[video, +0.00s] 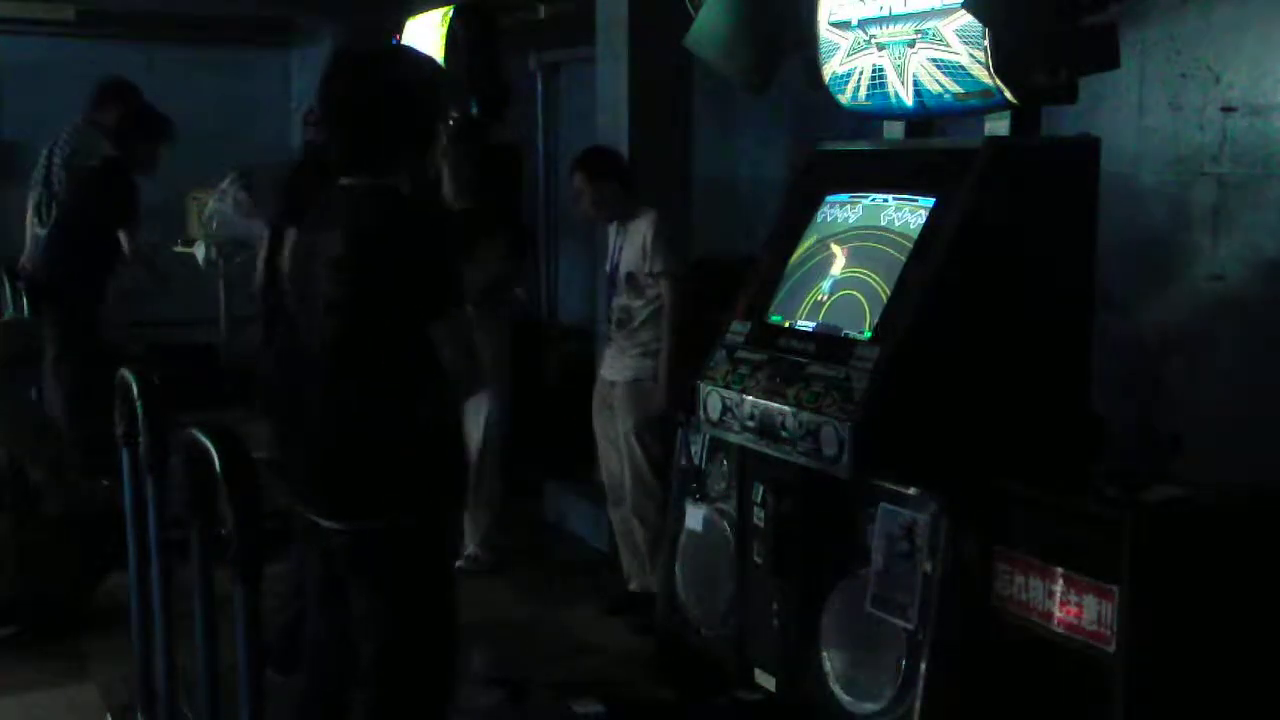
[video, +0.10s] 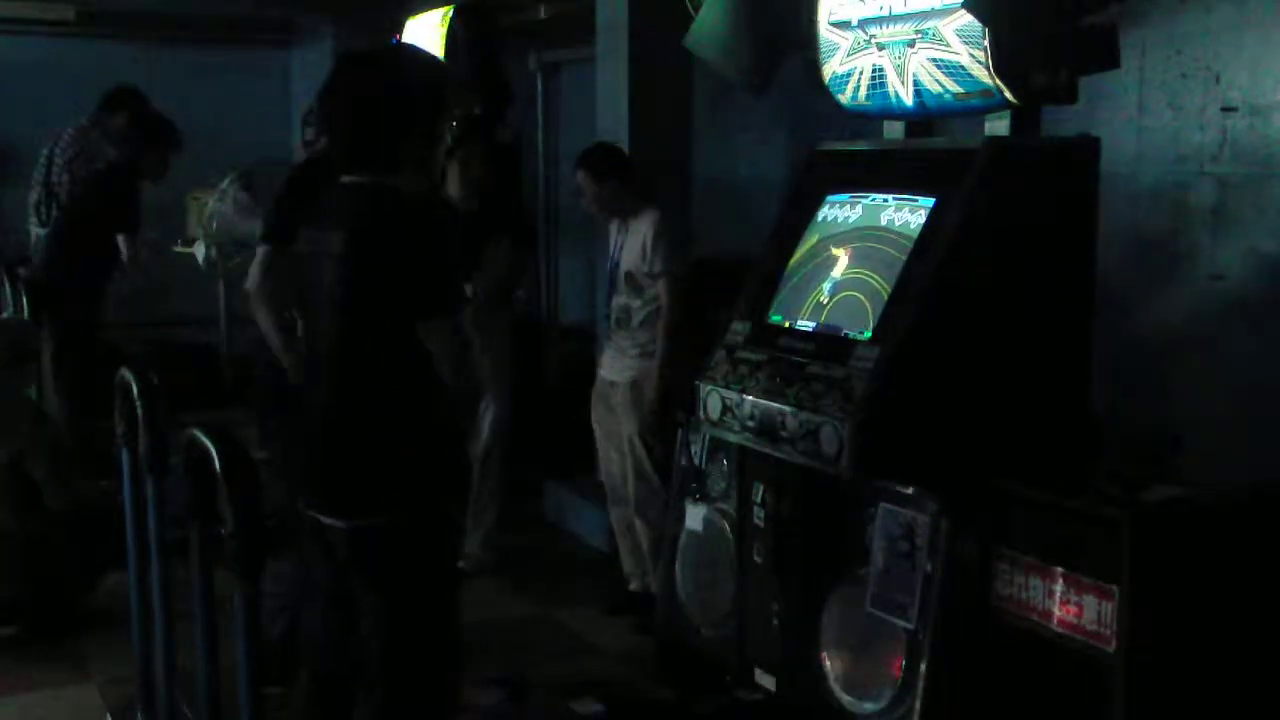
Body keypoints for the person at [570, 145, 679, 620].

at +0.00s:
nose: (582, 203)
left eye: (586, 192)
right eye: (579, 194)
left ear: (610, 188)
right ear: (595, 192)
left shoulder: (649, 230)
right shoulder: (615, 233)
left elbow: (668, 304)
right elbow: (619, 308)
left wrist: (665, 380)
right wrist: (607, 365)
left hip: (641, 375)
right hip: (611, 372)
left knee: (642, 484)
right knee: (616, 482)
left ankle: (654, 586)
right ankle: (633, 580)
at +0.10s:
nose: (585, 201)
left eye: (589, 191)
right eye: (583, 192)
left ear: (614, 186)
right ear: (600, 189)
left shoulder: (652, 229)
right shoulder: (617, 229)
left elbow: (667, 308)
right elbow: (621, 305)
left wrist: (659, 380)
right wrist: (607, 363)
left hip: (640, 379)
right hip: (608, 376)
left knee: (643, 487)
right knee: (616, 485)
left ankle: (657, 586)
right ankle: (634, 581)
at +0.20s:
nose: (586, 199)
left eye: (590, 189)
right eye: (584, 190)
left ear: (616, 184)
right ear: (604, 187)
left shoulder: (653, 229)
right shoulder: (618, 231)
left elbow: (665, 308)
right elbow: (624, 307)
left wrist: (652, 377)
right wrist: (608, 364)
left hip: (639, 379)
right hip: (608, 376)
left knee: (643, 488)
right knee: (617, 485)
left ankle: (658, 585)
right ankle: (634, 581)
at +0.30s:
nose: (587, 197)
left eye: (592, 186)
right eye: (586, 187)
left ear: (617, 183)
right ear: (605, 185)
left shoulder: (653, 228)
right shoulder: (620, 230)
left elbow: (664, 309)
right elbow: (625, 309)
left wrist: (649, 380)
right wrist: (609, 367)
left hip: (639, 379)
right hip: (608, 376)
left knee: (645, 489)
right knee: (617, 486)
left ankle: (659, 587)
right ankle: (635, 582)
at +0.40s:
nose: (589, 195)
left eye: (593, 184)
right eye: (588, 185)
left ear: (618, 183)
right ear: (609, 184)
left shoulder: (654, 228)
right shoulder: (623, 231)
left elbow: (665, 311)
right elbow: (629, 310)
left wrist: (648, 381)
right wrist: (609, 368)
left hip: (638, 383)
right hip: (608, 379)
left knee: (646, 491)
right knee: (618, 487)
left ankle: (659, 588)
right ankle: (635, 582)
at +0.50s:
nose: (591, 193)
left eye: (595, 183)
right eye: (590, 183)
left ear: (619, 182)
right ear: (611, 183)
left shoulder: (655, 228)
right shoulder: (624, 230)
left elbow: (663, 311)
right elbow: (629, 309)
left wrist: (646, 382)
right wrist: (609, 368)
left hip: (638, 382)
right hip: (609, 379)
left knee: (646, 489)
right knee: (618, 486)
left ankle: (658, 588)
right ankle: (635, 582)